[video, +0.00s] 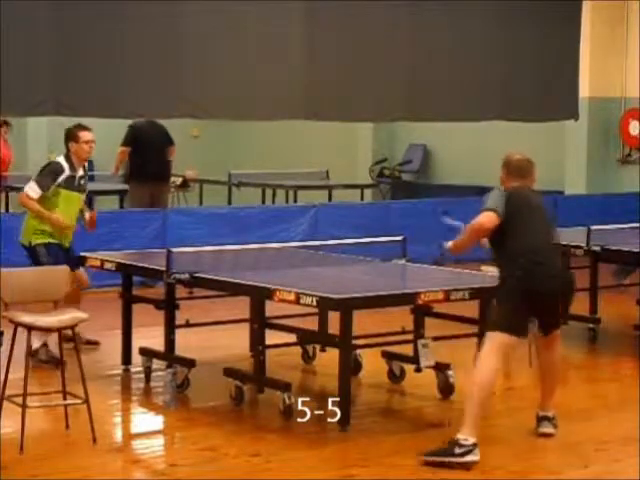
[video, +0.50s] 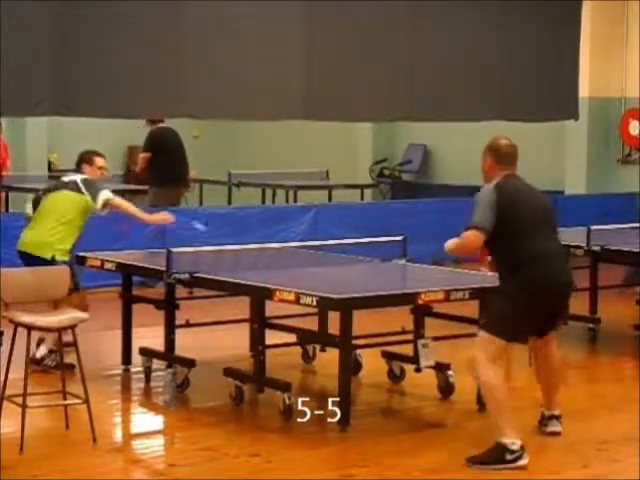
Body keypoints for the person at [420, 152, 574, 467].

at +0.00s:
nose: (501, 181)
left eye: (501, 177)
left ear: (504, 177)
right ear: (533, 179)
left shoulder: (503, 195)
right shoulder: (541, 202)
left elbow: (485, 223)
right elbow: (534, 241)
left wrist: (458, 245)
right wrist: (488, 237)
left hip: (519, 280)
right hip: (556, 280)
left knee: (491, 353)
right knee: (550, 342)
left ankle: (466, 440)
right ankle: (547, 415)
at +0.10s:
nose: (499, 179)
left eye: (499, 175)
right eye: (503, 175)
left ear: (503, 175)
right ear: (530, 176)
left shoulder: (505, 192)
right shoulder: (540, 200)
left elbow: (494, 222)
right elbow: (535, 242)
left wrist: (466, 244)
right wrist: (497, 244)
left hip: (529, 277)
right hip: (565, 277)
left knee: (505, 355)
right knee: (550, 338)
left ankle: (484, 436)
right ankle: (547, 414)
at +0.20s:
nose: (498, 177)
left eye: (498, 172)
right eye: (501, 173)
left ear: (502, 171)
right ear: (528, 171)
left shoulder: (505, 190)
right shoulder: (541, 197)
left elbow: (495, 222)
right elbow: (532, 234)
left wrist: (468, 242)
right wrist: (486, 232)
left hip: (531, 276)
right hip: (566, 274)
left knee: (509, 351)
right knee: (550, 337)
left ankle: (491, 435)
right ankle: (549, 413)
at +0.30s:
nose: (492, 170)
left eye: (493, 165)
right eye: (494, 166)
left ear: (498, 165)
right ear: (525, 166)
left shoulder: (503, 187)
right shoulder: (536, 192)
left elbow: (495, 224)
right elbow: (524, 231)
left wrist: (471, 243)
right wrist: (480, 226)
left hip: (533, 275)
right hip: (566, 273)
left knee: (508, 348)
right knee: (549, 339)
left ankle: (495, 437)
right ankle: (551, 414)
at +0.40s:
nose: (488, 167)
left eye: (489, 162)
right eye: (489, 161)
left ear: (495, 162)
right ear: (520, 162)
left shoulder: (501, 189)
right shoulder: (537, 192)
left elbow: (490, 231)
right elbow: (534, 237)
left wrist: (466, 245)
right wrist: (488, 238)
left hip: (532, 277)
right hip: (564, 275)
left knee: (496, 353)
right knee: (544, 343)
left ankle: (502, 440)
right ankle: (550, 415)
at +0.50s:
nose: (482, 167)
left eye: (483, 162)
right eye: (483, 162)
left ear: (489, 162)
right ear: (514, 163)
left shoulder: (492, 191)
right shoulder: (535, 193)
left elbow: (473, 242)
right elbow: (538, 243)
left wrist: (453, 246)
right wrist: (494, 258)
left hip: (522, 283)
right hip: (558, 280)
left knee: (486, 358)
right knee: (544, 341)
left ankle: (509, 443)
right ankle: (551, 414)